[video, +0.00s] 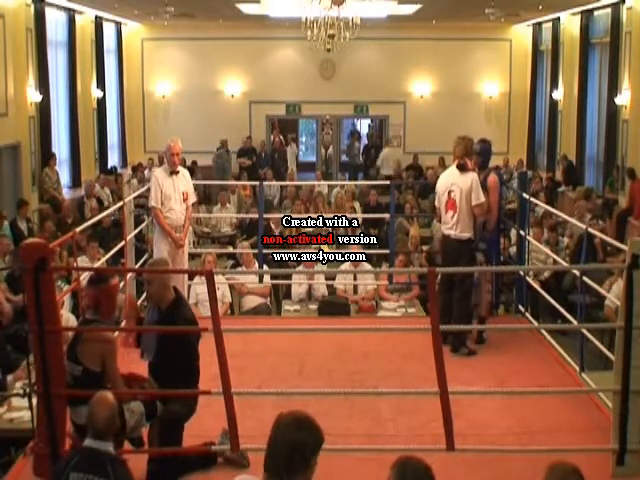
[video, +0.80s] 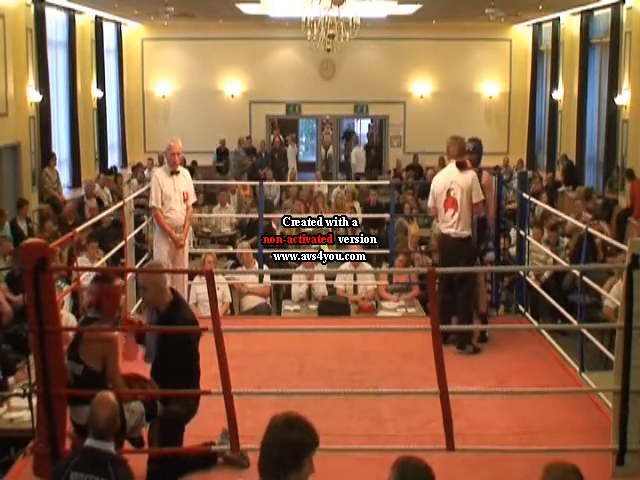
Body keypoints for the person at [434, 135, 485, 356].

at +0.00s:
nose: (473, 158)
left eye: (470, 153)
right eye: (473, 154)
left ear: (454, 154)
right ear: (470, 155)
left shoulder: (443, 176)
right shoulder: (471, 178)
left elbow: (438, 207)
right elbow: (479, 209)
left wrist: (446, 222)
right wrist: (475, 178)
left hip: (446, 237)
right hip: (464, 238)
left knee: (446, 285)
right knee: (463, 288)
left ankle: (444, 329)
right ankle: (459, 338)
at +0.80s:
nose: (465, 155)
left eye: (456, 151)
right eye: (465, 152)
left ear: (447, 153)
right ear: (465, 153)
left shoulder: (437, 178)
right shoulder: (470, 176)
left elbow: (433, 210)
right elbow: (478, 207)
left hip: (444, 237)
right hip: (464, 237)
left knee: (445, 284)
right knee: (466, 286)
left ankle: (443, 329)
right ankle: (464, 336)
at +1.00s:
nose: (471, 156)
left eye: (467, 152)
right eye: (470, 153)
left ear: (450, 154)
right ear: (468, 154)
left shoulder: (441, 178)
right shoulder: (472, 177)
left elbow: (435, 212)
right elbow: (479, 210)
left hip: (447, 237)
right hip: (466, 238)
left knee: (447, 284)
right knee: (467, 286)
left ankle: (444, 328)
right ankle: (465, 336)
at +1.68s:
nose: (468, 157)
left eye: (460, 153)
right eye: (471, 153)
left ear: (455, 154)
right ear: (472, 154)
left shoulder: (447, 178)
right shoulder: (479, 178)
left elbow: (441, 211)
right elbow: (488, 207)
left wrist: (452, 223)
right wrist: (485, 225)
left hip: (453, 237)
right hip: (472, 238)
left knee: (450, 283)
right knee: (469, 286)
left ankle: (449, 327)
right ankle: (465, 337)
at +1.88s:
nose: (472, 158)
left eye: (465, 154)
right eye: (471, 154)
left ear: (452, 154)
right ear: (470, 154)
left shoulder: (445, 179)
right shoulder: (476, 178)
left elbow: (441, 212)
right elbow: (486, 207)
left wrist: (451, 220)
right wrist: (486, 223)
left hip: (450, 236)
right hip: (470, 237)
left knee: (449, 283)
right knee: (468, 286)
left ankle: (448, 328)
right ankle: (465, 337)